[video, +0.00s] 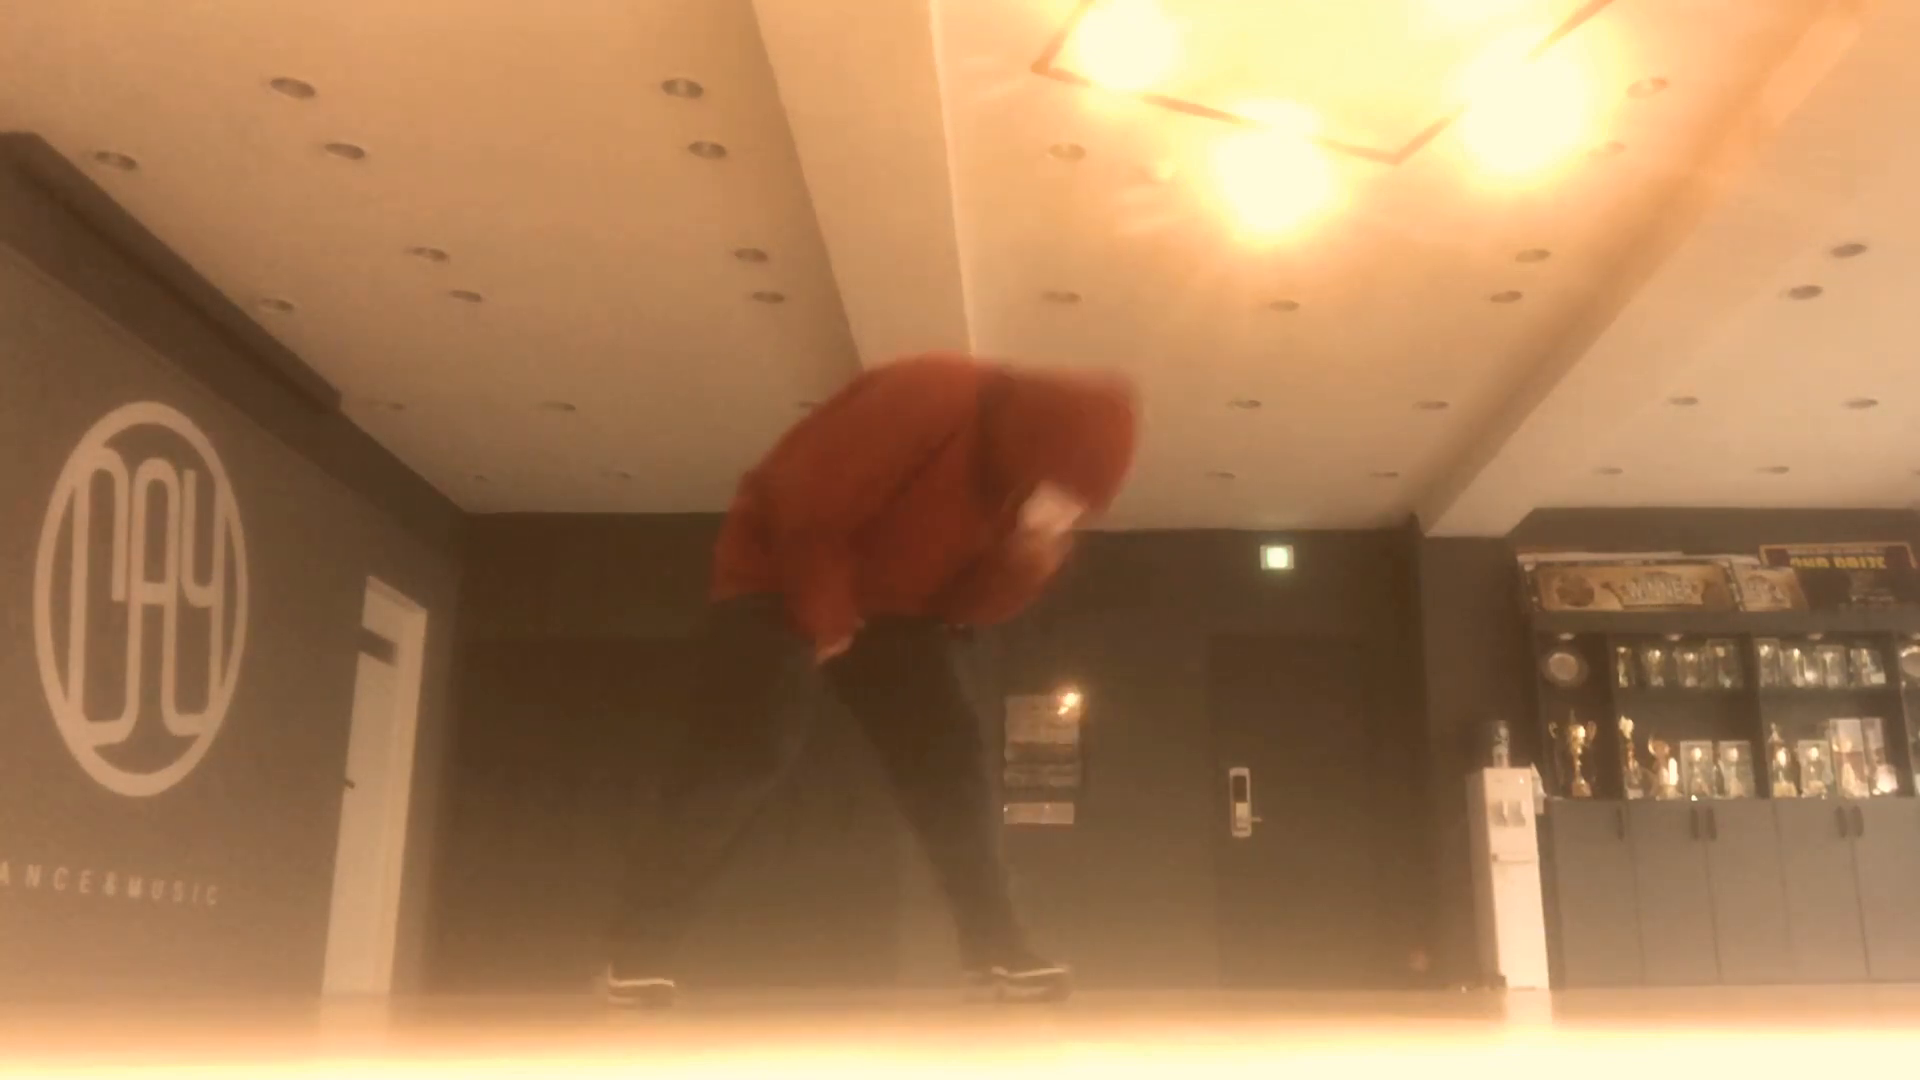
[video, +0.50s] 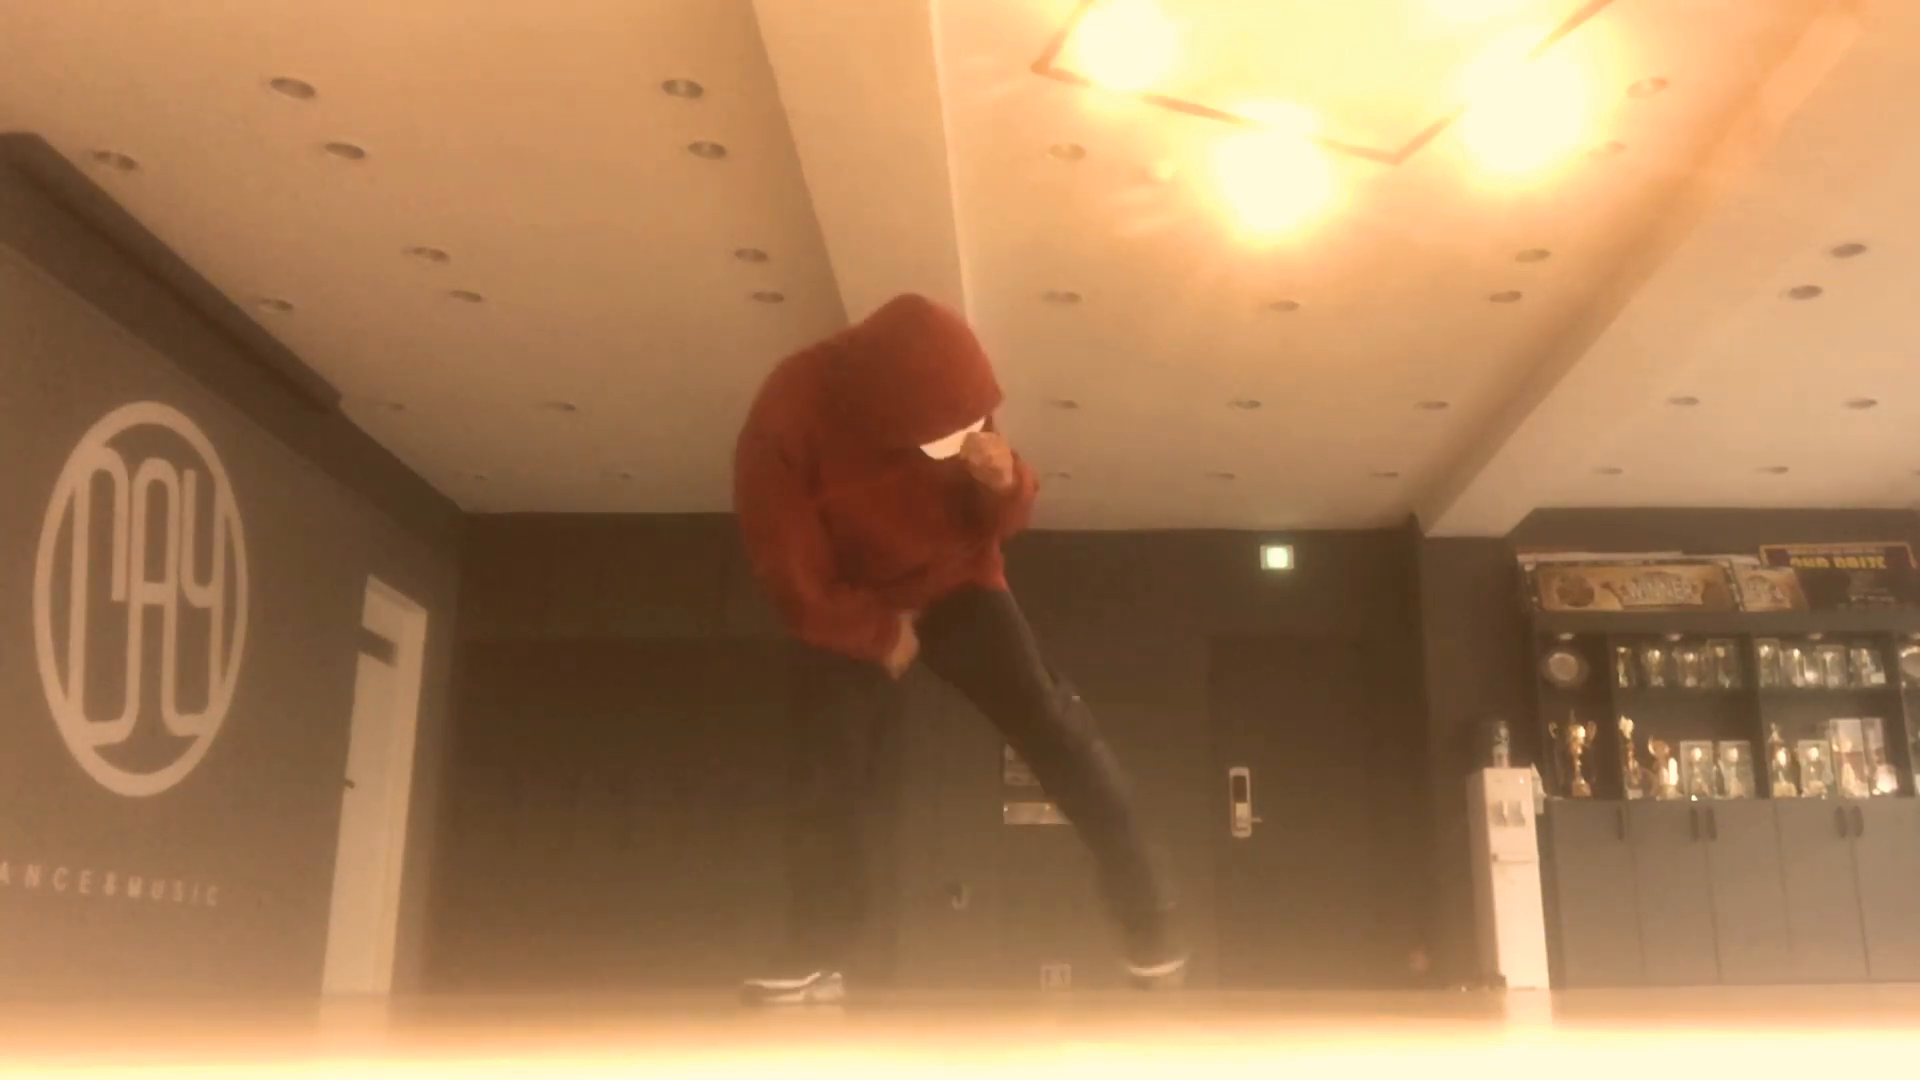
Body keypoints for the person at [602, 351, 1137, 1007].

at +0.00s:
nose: (1051, 502)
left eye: (1070, 499)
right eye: (1056, 486)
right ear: (1036, 441)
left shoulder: (1033, 464)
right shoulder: (929, 397)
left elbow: (967, 607)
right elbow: (801, 491)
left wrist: (1031, 550)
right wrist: (827, 621)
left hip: (889, 598)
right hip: (779, 572)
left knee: (950, 757)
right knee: (749, 748)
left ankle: (995, 948)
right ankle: (640, 946)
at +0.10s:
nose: (976, 572)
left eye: (992, 570)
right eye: (979, 559)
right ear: (969, 507)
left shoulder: (1001, 494)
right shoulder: (879, 440)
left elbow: (920, 643)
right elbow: (752, 532)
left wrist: (954, 618)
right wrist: (810, 631)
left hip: (868, 601)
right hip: (768, 578)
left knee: (932, 744)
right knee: (748, 753)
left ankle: (987, 948)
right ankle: (636, 949)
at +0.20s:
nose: (935, 544)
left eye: (951, 538)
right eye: (929, 532)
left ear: (993, 494)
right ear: (908, 482)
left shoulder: (1009, 476)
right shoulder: (834, 427)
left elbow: (987, 608)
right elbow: (748, 532)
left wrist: (954, 601)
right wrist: (816, 624)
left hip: (897, 614)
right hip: (787, 596)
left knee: (950, 752)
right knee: (738, 758)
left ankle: (987, 942)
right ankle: (632, 946)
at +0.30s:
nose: (936, 500)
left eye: (952, 484)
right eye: (919, 485)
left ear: (980, 446)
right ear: (880, 432)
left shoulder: (1004, 421)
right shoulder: (816, 400)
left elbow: (1026, 555)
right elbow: (771, 545)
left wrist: (962, 549)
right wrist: (855, 610)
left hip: (936, 589)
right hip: (826, 582)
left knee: (978, 748)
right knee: (765, 744)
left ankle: (995, 940)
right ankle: (637, 926)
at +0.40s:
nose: (944, 450)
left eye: (955, 436)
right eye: (927, 439)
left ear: (974, 395)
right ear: (877, 401)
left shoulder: (976, 389)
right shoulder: (799, 396)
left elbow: (1029, 508)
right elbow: (787, 546)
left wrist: (991, 489)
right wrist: (879, 608)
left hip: (958, 573)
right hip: (844, 580)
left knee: (1010, 734)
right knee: (810, 743)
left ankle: (1039, 931)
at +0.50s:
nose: (957, 442)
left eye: (964, 427)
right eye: (939, 431)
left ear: (969, 398)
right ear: (890, 407)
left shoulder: (952, 393)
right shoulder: (791, 409)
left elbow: (1014, 514)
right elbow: (790, 574)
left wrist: (1003, 476)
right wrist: (878, 631)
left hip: (953, 579)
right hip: (847, 593)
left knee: (1051, 725)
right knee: (832, 770)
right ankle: (818, 955)